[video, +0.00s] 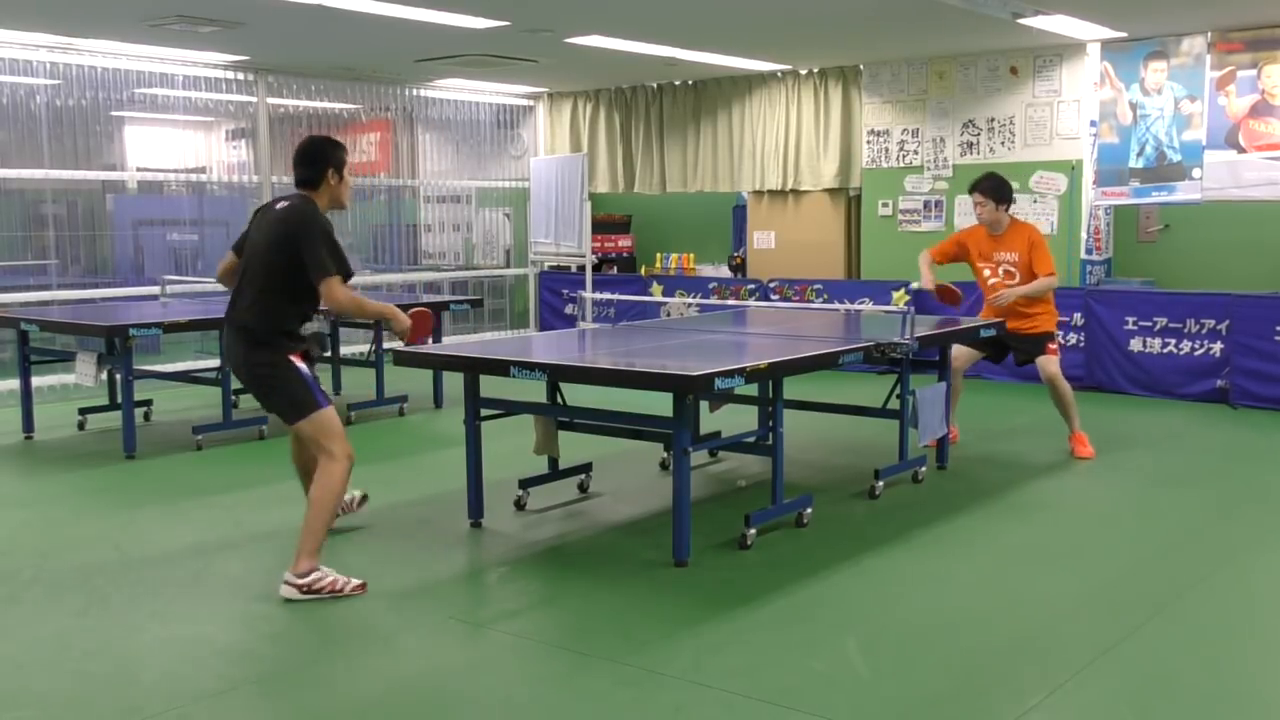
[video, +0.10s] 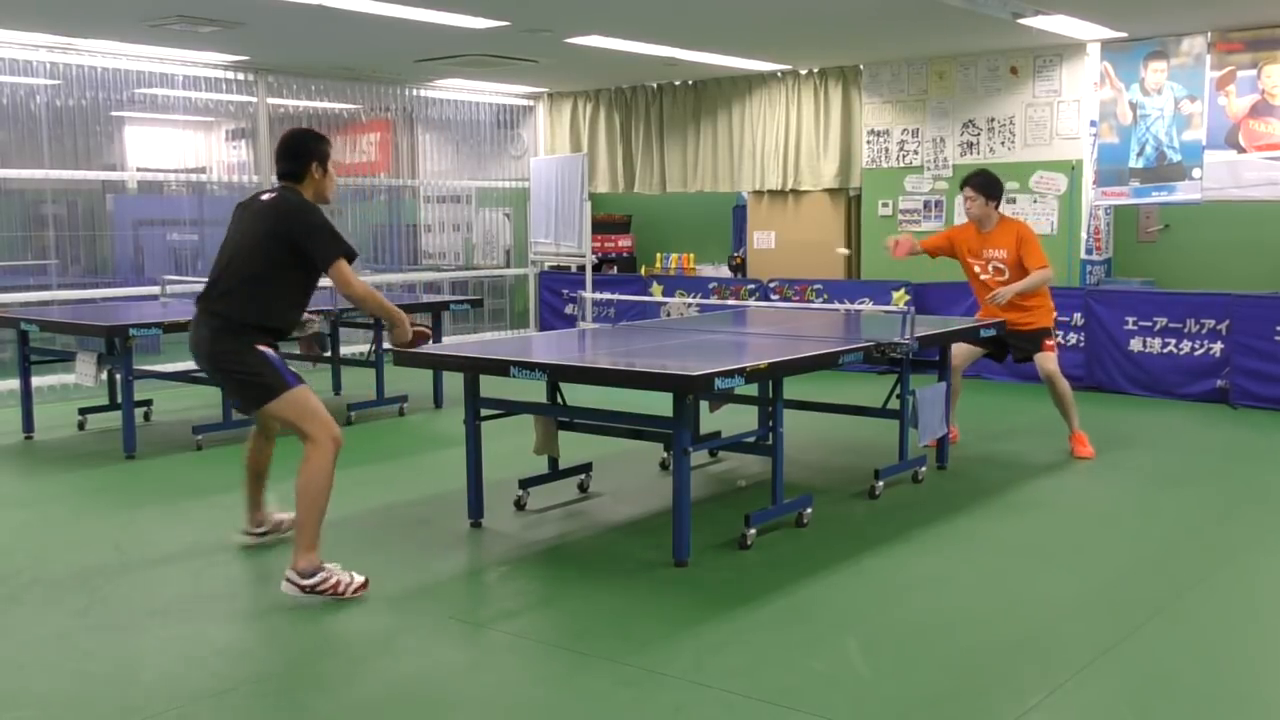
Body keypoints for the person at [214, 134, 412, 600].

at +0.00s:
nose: (350, 184)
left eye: (349, 175)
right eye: (347, 175)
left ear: (302, 176)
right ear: (331, 177)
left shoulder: (269, 212)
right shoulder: (310, 220)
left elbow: (227, 271)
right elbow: (335, 298)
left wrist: (280, 293)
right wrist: (389, 312)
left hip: (245, 342)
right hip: (269, 348)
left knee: (306, 429)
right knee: (337, 453)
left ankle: (326, 503)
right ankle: (304, 570)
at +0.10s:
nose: (334, 181)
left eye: (333, 171)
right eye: (332, 171)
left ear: (285, 170)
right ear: (315, 170)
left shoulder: (255, 205)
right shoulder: (303, 213)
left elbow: (245, 273)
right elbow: (352, 286)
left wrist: (292, 318)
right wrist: (399, 321)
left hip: (210, 335)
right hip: (239, 341)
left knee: (268, 422)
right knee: (324, 437)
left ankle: (257, 518)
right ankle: (306, 567)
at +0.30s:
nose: (286, 226)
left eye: (286, 217)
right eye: (284, 217)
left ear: (233, 215)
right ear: (268, 217)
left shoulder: (200, 252)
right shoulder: (257, 259)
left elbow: (229, 331)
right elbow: (306, 334)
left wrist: (300, 331)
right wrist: (322, 382)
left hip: (163, 392)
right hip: (205, 396)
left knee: (192, 473)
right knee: (294, 498)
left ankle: (99, 555)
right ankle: (259, 615)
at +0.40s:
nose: (257, 245)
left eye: (257, 236)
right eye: (256, 235)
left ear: (207, 229)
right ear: (243, 233)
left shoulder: (167, 260)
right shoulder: (233, 273)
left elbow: (210, 322)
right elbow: (272, 355)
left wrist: (288, 329)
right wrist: (265, 400)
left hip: (131, 392)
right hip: (182, 402)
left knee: (160, 459)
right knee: (286, 498)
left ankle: (96, 553)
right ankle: (258, 616)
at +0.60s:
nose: (198, 203)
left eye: (196, 193)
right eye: (195, 194)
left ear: (148, 197)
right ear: (177, 196)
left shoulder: (109, 232)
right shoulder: (182, 242)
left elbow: (87, 267)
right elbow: (272, 263)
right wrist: (332, 254)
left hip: (44, 367)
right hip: (84, 376)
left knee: (91, 438)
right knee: (180, 480)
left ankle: (41, 532)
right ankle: (163, 609)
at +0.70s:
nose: (160, 209)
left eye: (157, 199)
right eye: (155, 199)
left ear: (108, 205)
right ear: (135, 204)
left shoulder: (69, 250)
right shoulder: (144, 257)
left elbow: (11, 316)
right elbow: (227, 274)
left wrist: (37, 351)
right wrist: (308, 253)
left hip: (26, 382)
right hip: (72, 388)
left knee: (65, 447)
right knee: (142, 514)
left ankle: (19, 547)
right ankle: (102, 627)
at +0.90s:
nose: (106, 171)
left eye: (103, 162)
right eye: (100, 162)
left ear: (64, 166)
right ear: (75, 167)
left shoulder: (30, 209)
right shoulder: (50, 213)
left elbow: (31, 290)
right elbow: (54, 290)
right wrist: (138, 331)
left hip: (11, 361)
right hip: (9, 363)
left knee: (37, 463)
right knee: (56, 475)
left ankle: (12, 550)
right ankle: (21, 613)